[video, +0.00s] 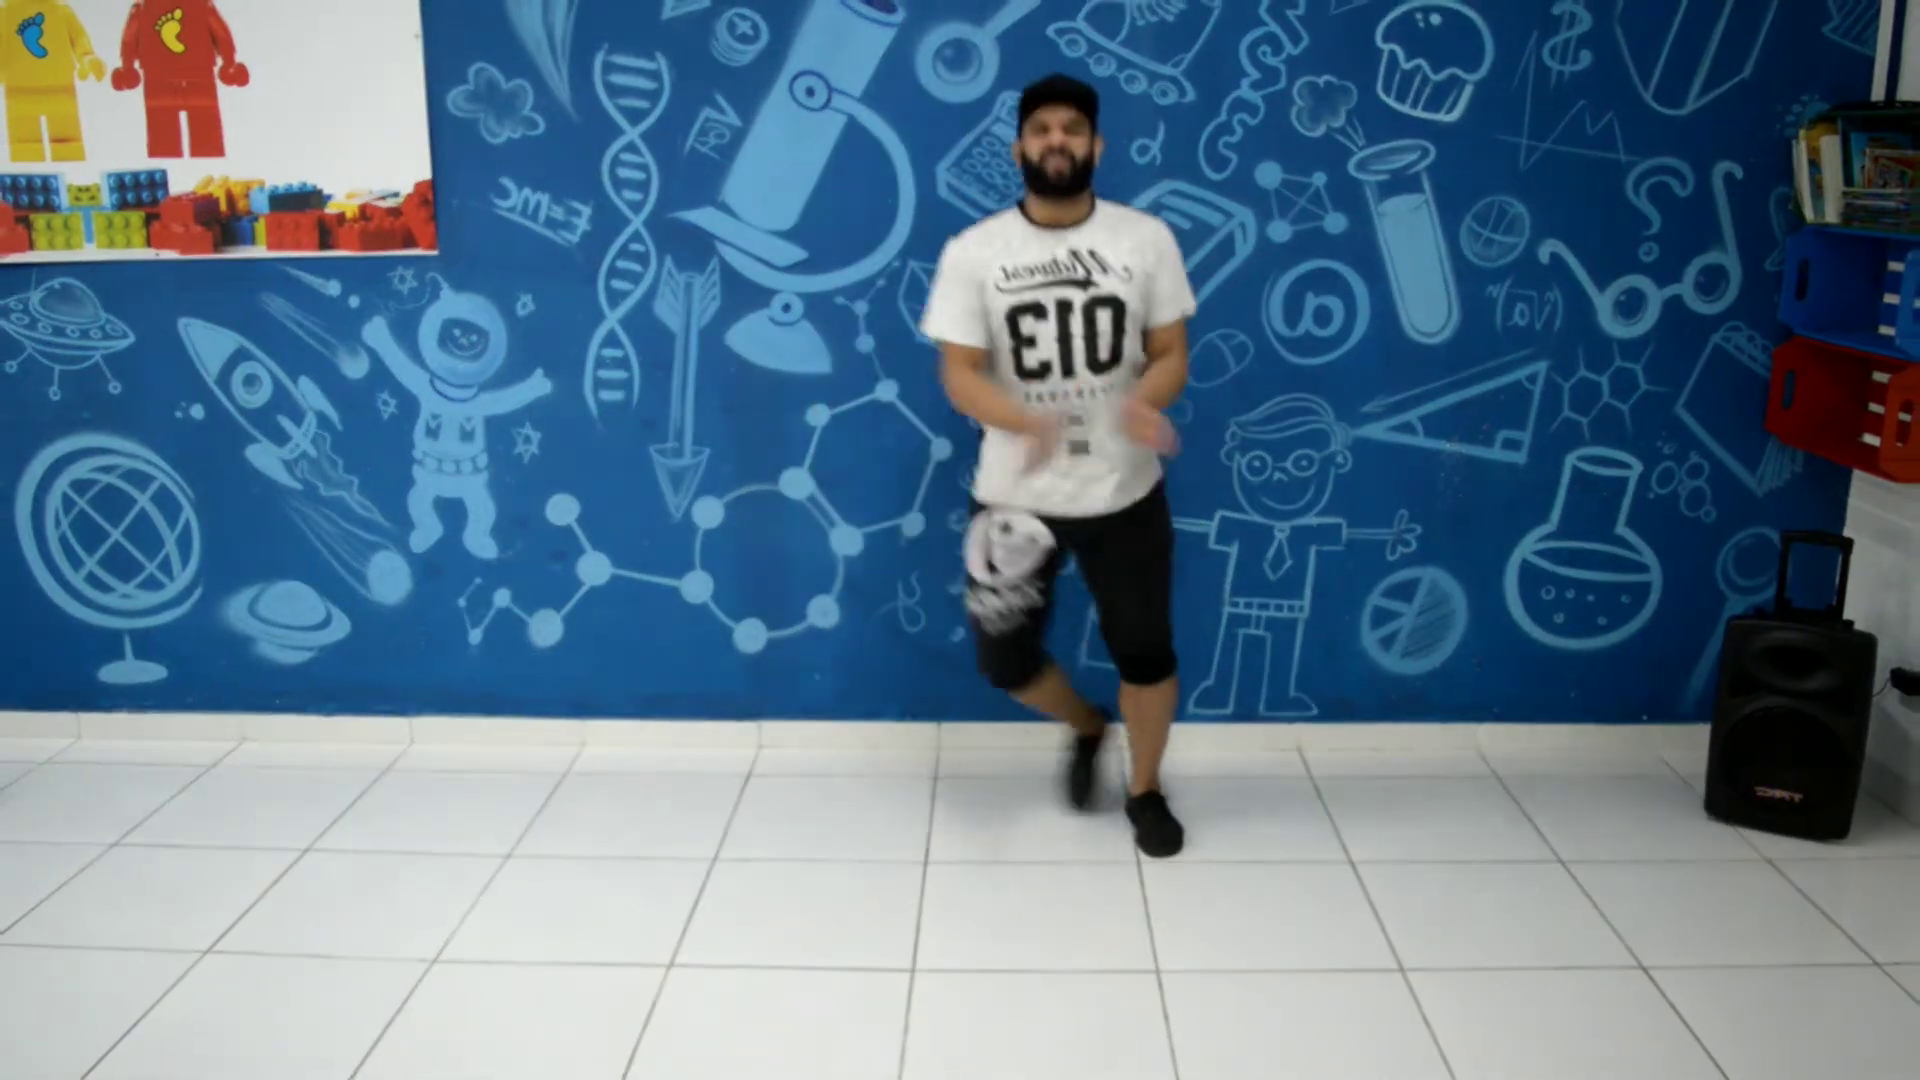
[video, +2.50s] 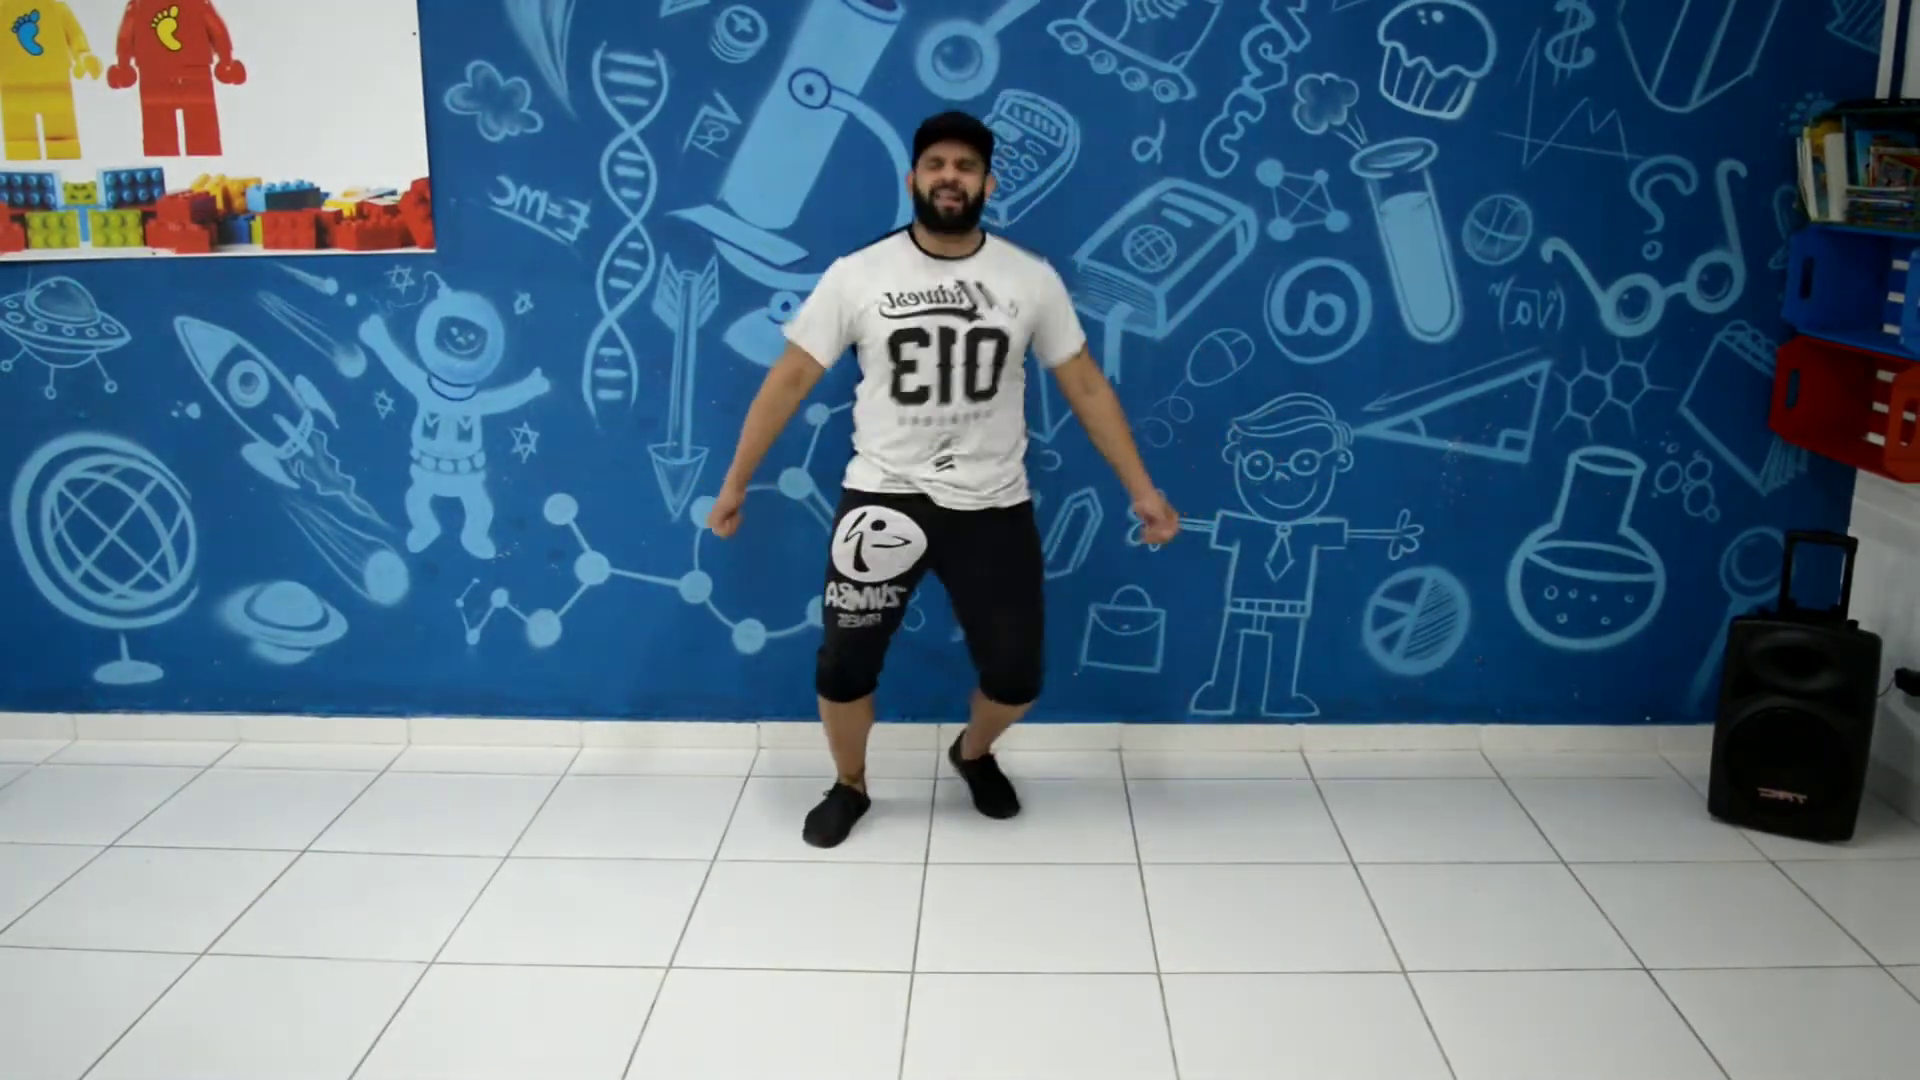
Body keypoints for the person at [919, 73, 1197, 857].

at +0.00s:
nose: (1057, 143)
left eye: (1072, 131)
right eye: (1042, 131)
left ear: (1095, 147)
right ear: (1020, 148)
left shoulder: (1146, 241)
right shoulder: (973, 254)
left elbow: (1171, 356)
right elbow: (960, 380)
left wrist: (1141, 401)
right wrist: (1023, 418)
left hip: (1123, 489)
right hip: (1017, 490)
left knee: (1145, 654)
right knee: (1005, 658)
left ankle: (1146, 788)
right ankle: (1090, 724)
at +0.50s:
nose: (1000, 184)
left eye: (1016, 170)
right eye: (983, 172)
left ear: (1041, 183)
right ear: (960, 188)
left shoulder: (1092, 274)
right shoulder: (909, 283)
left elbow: (1143, 338)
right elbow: (839, 334)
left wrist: (1173, 408)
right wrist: (820, 414)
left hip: (1063, 521)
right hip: (943, 520)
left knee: (1117, 673)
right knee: (868, 670)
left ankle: (1145, 797)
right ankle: (850, 793)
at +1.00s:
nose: (946, 161)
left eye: (963, 148)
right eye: (931, 146)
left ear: (986, 159)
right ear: (909, 153)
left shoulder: (1035, 247)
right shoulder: (852, 255)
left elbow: (1110, 349)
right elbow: (776, 351)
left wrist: (1173, 443)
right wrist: (701, 441)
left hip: (991, 497)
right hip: (880, 492)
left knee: (1013, 667)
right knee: (857, 655)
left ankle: (954, 744)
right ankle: (852, 787)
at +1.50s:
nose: (1046, 153)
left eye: (1063, 138)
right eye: (1031, 138)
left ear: (1085, 145)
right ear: (1006, 144)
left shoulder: (1136, 234)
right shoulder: (961, 245)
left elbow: (1191, 337)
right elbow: (893, 345)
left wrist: (1248, 434)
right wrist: (827, 444)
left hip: (1109, 476)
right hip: (995, 481)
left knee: (1145, 641)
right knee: (964, 654)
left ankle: (1152, 791)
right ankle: (972, 764)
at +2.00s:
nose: (1021, 176)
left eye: (1033, 161)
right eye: (1002, 168)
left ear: (1057, 170)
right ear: (983, 189)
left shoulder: (1117, 272)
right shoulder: (946, 267)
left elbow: (1186, 367)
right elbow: (879, 366)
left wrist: (1253, 459)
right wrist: (814, 467)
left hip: (1090, 500)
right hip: (975, 501)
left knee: (1141, 657)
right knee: (902, 653)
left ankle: (1156, 793)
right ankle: (862, 784)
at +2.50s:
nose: (950, 179)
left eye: (966, 167)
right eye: (936, 165)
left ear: (986, 183)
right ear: (913, 178)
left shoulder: (1032, 281)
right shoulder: (856, 278)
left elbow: (1088, 387)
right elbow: (790, 378)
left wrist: (1142, 488)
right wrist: (735, 484)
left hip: (993, 501)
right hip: (884, 494)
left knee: (1016, 676)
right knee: (845, 661)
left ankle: (973, 754)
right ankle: (850, 786)